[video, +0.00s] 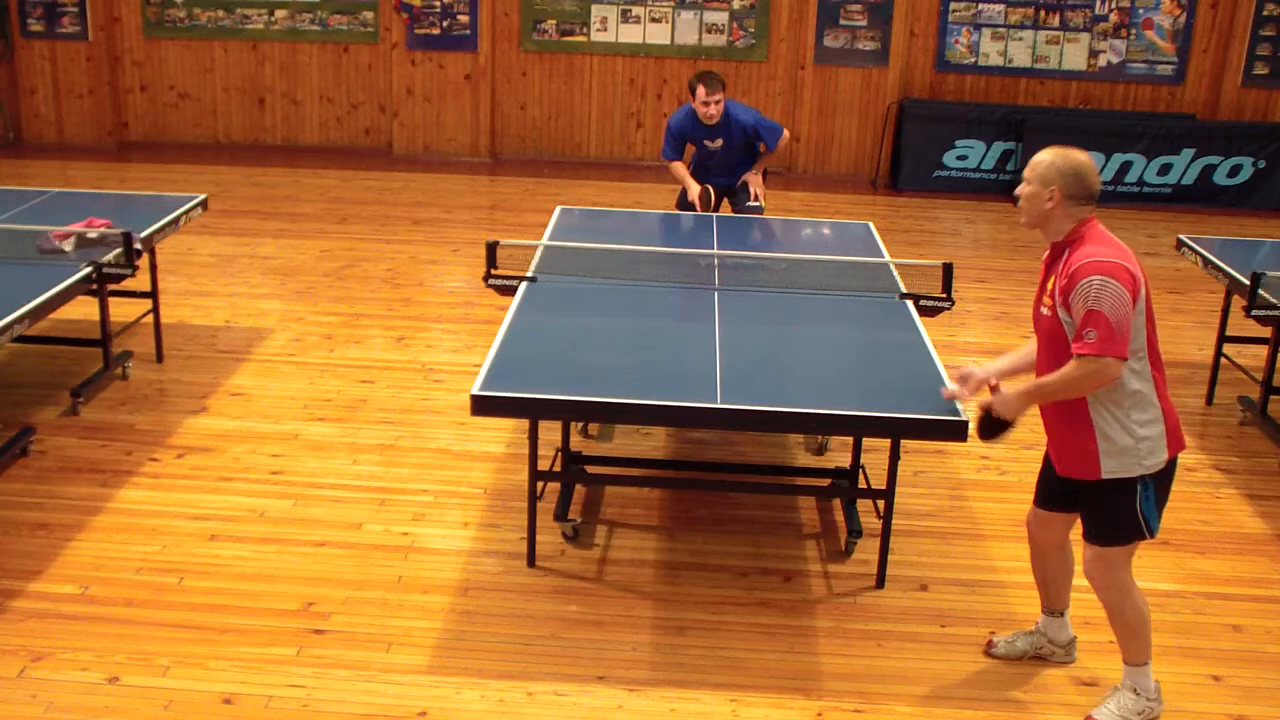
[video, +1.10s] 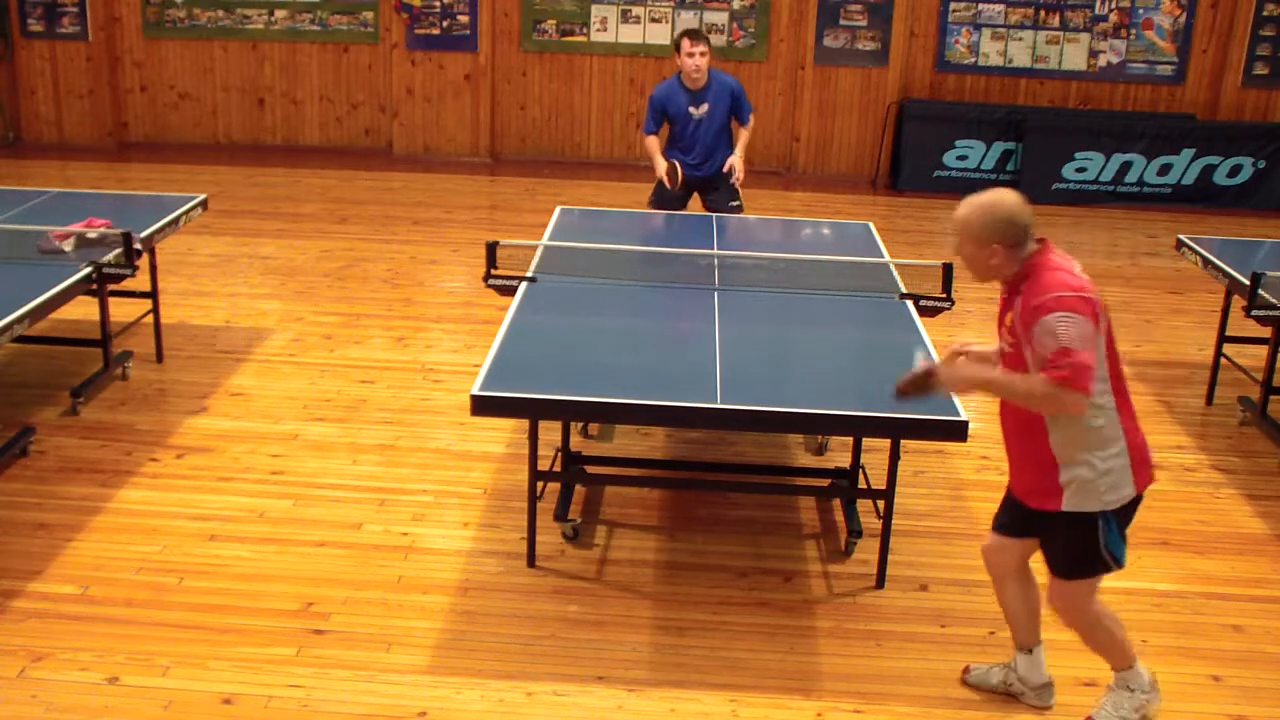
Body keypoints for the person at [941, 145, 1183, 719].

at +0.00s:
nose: (1015, 193)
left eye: (1024, 185)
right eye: (1019, 183)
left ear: (1055, 198)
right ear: (1058, 199)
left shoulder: (1098, 270)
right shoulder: (1063, 252)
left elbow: (1102, 366)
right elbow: (1054, 343)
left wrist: (1026, 394)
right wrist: (992, 370)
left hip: (1126, 446)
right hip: (1077, 432)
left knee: (1107, 569)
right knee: (1045, 529)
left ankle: (1141, 689)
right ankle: (1054, 633)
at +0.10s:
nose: (1030, 183)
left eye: (1040, 176)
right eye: (1035, 174)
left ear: (1069, 192)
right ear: (1070, 192)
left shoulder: (1107, 266)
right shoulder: (1070, 248)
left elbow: (1090, 363)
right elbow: (1042, 331)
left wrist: (1006, 372)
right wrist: (966, 335)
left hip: (1124, 444)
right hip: (1075, 431)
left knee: (1111, 568)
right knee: (1046, 528)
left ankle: (1141, 688)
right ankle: (1055, 632)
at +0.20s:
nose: (1043, 179)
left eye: (1052, 172)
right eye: (1047, 170)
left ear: (1082, 189)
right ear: (1084, 188)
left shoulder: (1116, 264)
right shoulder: (1073, 245)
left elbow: (1084, 357)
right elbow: (1030, 305)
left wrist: (999, 336)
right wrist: (958, 280)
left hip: (1123, 445)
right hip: (1073, 433)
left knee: (1113, 565)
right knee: (1050, 526)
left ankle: (1141, 688)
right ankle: (1055, 633)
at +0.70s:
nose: (1075, 175)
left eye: (1087, 174)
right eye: (1084, 168)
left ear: (1109, 208)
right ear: (1107, 205)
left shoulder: (1143, 289)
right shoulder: (1065, 233)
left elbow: (1124, 388)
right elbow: (1003, 242)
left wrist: (1045, 406)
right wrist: (934, 227)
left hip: (1123, 449)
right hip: (1065, 431)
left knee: (1121, 569)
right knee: (1055, 529)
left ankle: (1142, 689)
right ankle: (1056, 632)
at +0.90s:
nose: (1040, 194)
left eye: (1051, 192)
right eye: (1048, 187)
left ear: (1074, 224)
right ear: (1074, 223)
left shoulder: (1124, 295)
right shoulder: (1047, 256)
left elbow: (1142, 389)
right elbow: (1007, 272)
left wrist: (1100, 431)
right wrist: (944, 281)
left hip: (1121, 461)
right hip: (1060, 444)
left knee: (1118, 578)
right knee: (1034, 533)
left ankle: (1141, 689)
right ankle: (1052, 633)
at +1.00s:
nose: (997, 225)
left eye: (1005, 222)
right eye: (1001, 217)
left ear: (1034, 244)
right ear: (1037, 242)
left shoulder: (1097, 298)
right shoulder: (1043, 266)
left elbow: (1119, 397)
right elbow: (1026, 307)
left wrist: (1084, 390)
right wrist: (972, 323)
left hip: (1109, 466)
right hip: (1059, 453)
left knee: (1106, 586)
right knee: (1016, 537)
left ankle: (1141, 691)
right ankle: (1037, 661)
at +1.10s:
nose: (959, 255)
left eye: (964, 247)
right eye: (959, 245)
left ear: (996, 253)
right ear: (1003, 247)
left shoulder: (1056, 297)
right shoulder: (1028, 277)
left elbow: (1070, 395)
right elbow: (1041, 357)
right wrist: (991, 357)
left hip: (1092, 477)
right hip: (1047, 464)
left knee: (1070, 599)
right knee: (1002, 552)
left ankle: (1136, 683)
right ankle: (1029, 672)